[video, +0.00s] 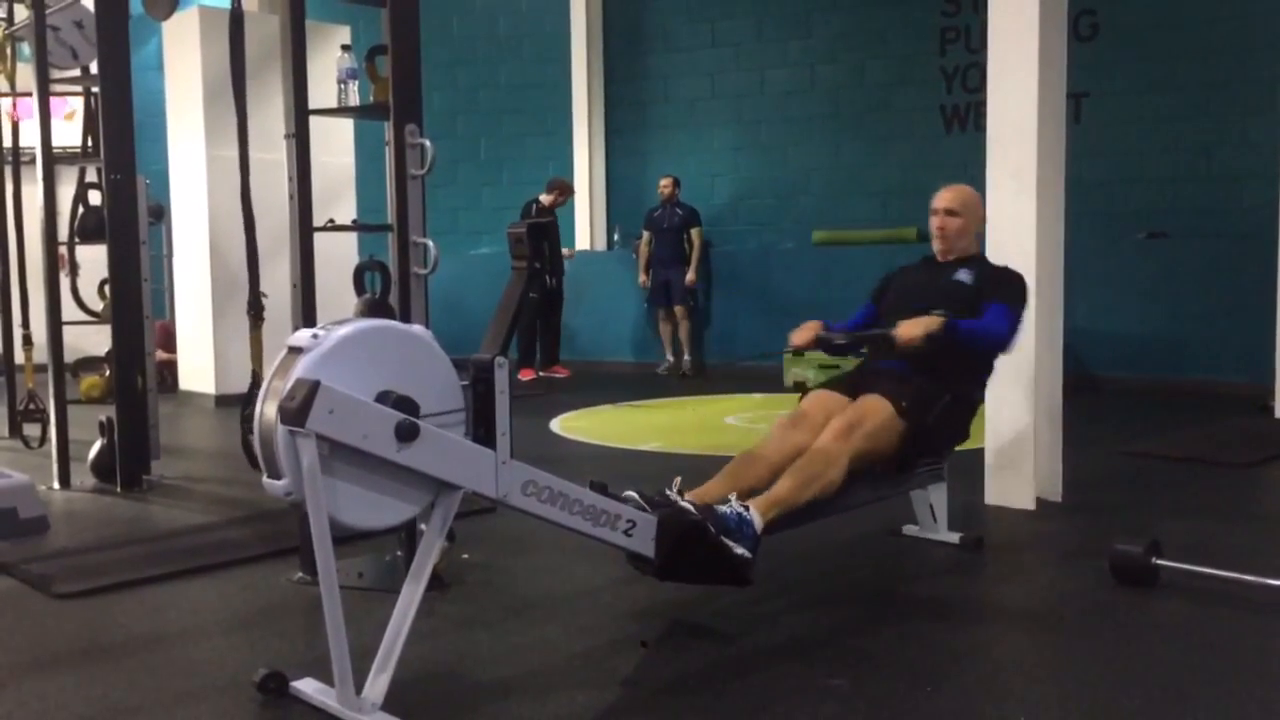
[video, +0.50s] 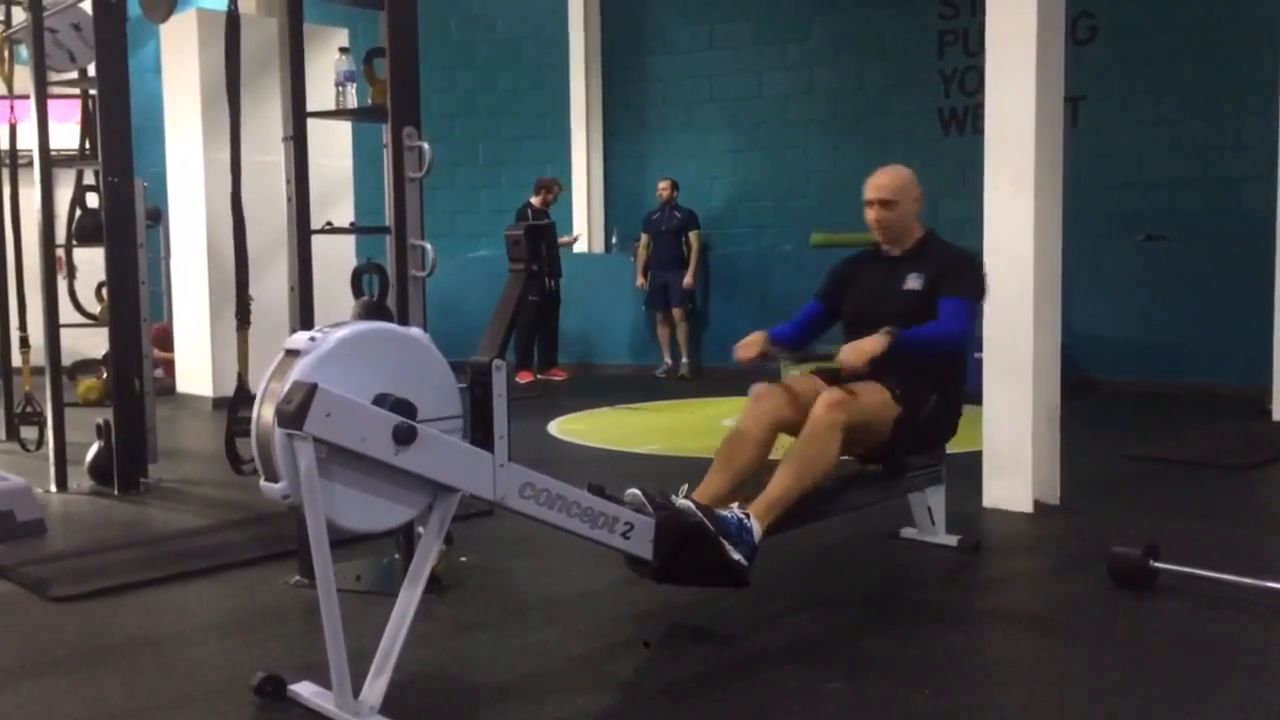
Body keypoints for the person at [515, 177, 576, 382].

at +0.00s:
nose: (564, 204)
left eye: (565, 200)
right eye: (564, 199)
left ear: (556, 194)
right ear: (556, 194)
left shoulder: (550, 213)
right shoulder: (531, 210)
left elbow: (550, 244)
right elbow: (530, 245)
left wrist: (560, 254)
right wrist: (538, 269)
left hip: (553, 275)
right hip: (534, 276)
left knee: (551, 321)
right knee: (529, 322)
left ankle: (550, 363)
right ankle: (526, 366)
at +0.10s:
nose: (561, 203)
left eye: (562, 199)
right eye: (561, 198)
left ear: (553, 194)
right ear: (552, 193)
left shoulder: (548, 213)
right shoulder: (532, 211)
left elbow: (548, 244)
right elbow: (532, 247)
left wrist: (561, 251)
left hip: (552, 276)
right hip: (534, 277)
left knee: (551, 322)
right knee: (529, 324)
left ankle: (550, 364)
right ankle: (526, 366)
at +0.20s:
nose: (559, 202)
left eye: (561, 198)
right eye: (559, 198)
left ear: (551, 194)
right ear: (549, 193)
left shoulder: (547, 213)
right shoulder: (530, 213)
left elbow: (550, 244)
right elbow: (530, 248)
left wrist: (562, 246)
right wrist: (537, 273)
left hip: (552, 276)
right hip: (535, 278)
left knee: (551, 323)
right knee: (529, 324)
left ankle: (549, 364)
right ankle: (525, 367)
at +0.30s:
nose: (557, 201)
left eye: (558, 197)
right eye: (556, 196)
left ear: (549, 194)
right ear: (546, 193)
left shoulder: (546, 213)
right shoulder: (529, 213)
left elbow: (548, 243)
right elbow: (529, 247)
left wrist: (565, 243)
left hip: (552, 277)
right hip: (534, 279)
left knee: (550, 324)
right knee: (529, 324)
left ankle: (549, 365)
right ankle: (525, 367)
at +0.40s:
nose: (556, 200)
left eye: (557, 196)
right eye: (555, 195)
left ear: (547, 194)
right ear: (544, 193)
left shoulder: (546, 214)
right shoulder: (527, 214)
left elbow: (548, 243)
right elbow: (527, 247)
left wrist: (565, 241)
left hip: (551, 277)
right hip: (533, 279)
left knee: (550, 324)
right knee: (528, 325)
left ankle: (548, 365)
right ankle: (524, 368)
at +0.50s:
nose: (555, 200)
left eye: (556, 196)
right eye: (554, 195)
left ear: (545, 194)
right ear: (543, 193)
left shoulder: (545, 214)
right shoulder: (526, 214)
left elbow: (546, 243)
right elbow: (527, 247)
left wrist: (563, 242)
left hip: (551, 278)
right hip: (532, 279)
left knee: (550, 324)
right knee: (527, 325)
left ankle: (548, 366)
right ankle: (523, 368)